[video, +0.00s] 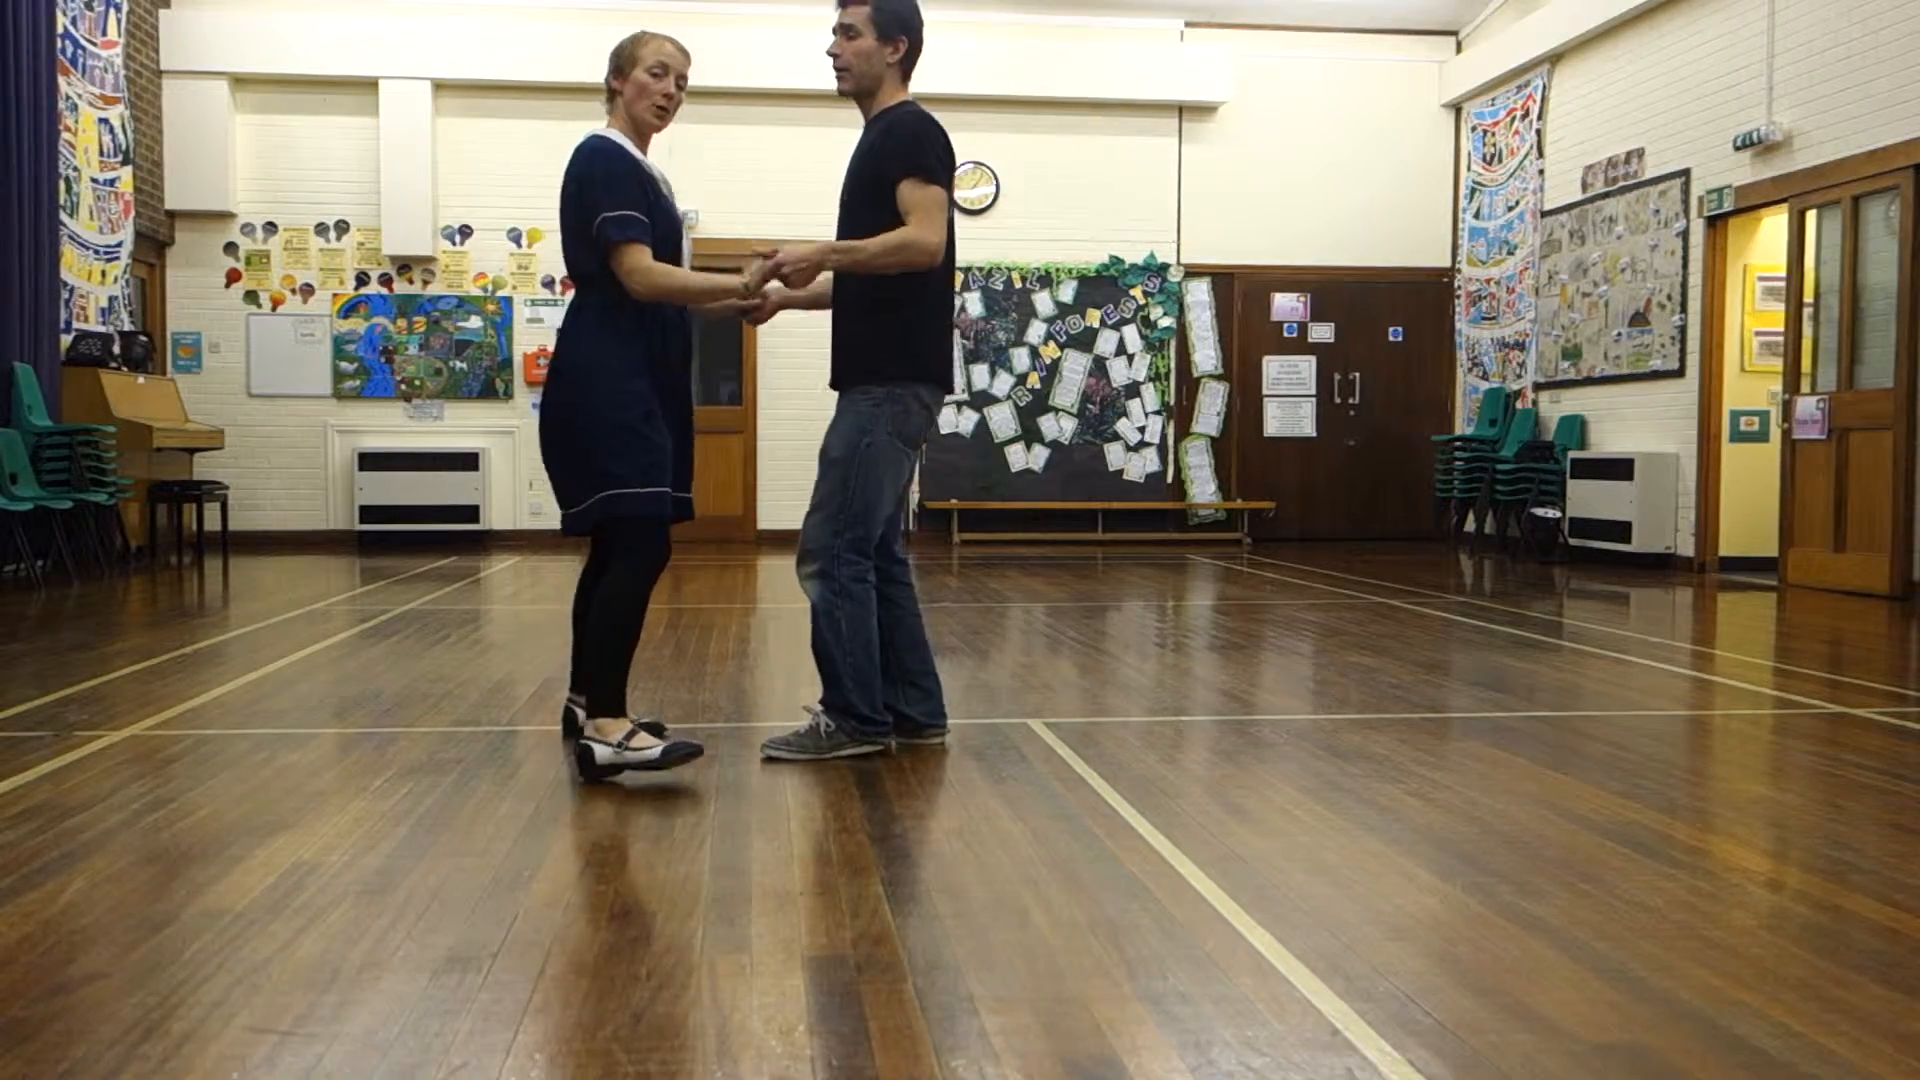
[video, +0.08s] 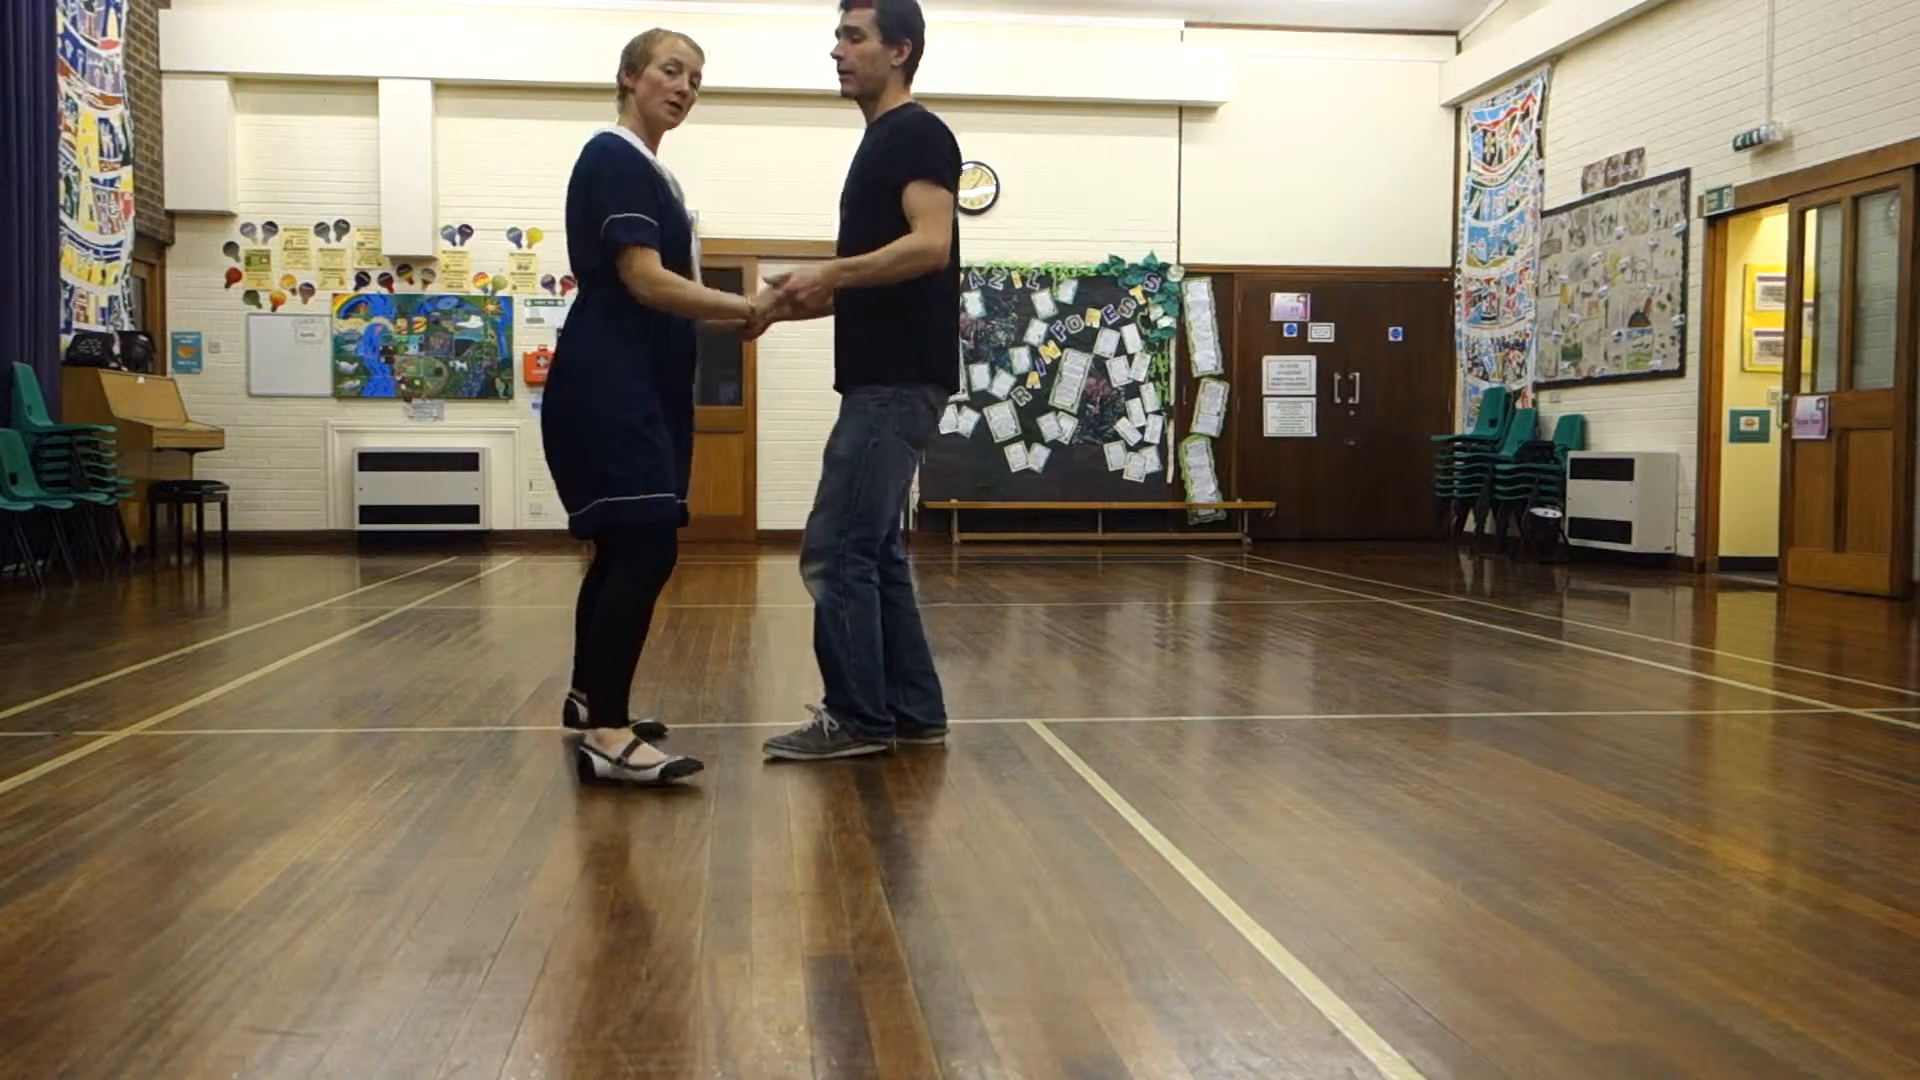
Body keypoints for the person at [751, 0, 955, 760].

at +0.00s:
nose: (833, 47)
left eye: (848, 34)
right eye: (835, 33)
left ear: (895, 48)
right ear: (875, 49)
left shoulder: (910, 129)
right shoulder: (880, 139)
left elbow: (927, 241)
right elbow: (878, 282)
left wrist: (822, 254)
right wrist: (793, 297)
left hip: (892, 383)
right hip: (880, 381)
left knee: (831, 552)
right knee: (877, 552)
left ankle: (855, 716)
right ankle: (914, 708)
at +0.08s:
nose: (837, 49)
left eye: (853, 36)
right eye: (838, 36)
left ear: (899, 52)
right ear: (871, 53)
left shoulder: (916, 131)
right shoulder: (880, 141)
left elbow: (933, 243)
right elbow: (876, 262)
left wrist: (830, 277)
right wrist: (801, 295)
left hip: (898, 382)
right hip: (881, 380)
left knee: (835, 551)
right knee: (876, 552)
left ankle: (857, 715)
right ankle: (914, 709)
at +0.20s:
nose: (847, 48)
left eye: (863, 36)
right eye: (845, 36)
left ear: (907, 52)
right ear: (849, 51)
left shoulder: (925, 131)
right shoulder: (874, 146)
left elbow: (942, 245)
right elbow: (874, 262)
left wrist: (846, 286)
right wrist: (819, 296)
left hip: (907, 376)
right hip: (881, 375)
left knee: (853, 549)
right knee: (879, 550)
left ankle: (881, 714)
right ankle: (915, 710)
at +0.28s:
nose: (856, 45)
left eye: (873, 32)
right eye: (850, 32)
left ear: (913, 50)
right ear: (844, 48)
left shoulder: (930, 129)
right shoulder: (858, 154)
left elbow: (948, 244)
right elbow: (855, 271)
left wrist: (857, 281)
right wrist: (776, 311)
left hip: (913, 375)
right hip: (875, 375)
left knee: (870, 555)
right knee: (871, 553)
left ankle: (912, 714)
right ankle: (899, 707)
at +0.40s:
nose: (865, 42)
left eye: (883, 29)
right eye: (855, 30)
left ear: (915, 47)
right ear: (845, 46)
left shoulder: (937, 129)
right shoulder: (844, 158)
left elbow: (962, 243)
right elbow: (836, 277)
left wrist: (884, 278)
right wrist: (768, 311)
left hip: (922, 374)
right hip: (868, 376)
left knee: (890, 550)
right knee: (866, 551)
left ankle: (927, 713)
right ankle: (893, 702)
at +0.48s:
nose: (867, 42)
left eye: (883, 29)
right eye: (855, 30)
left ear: (914, 47)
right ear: (842, 48)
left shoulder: (940, 129)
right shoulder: (837, 160)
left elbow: (975, 243)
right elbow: (825, 275)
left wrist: (901, 283)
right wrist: (754, 314)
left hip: (927, 375)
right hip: (868, 380)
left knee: (904, 552)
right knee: (866, 555)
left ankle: (936, 712)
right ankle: (894, 702)